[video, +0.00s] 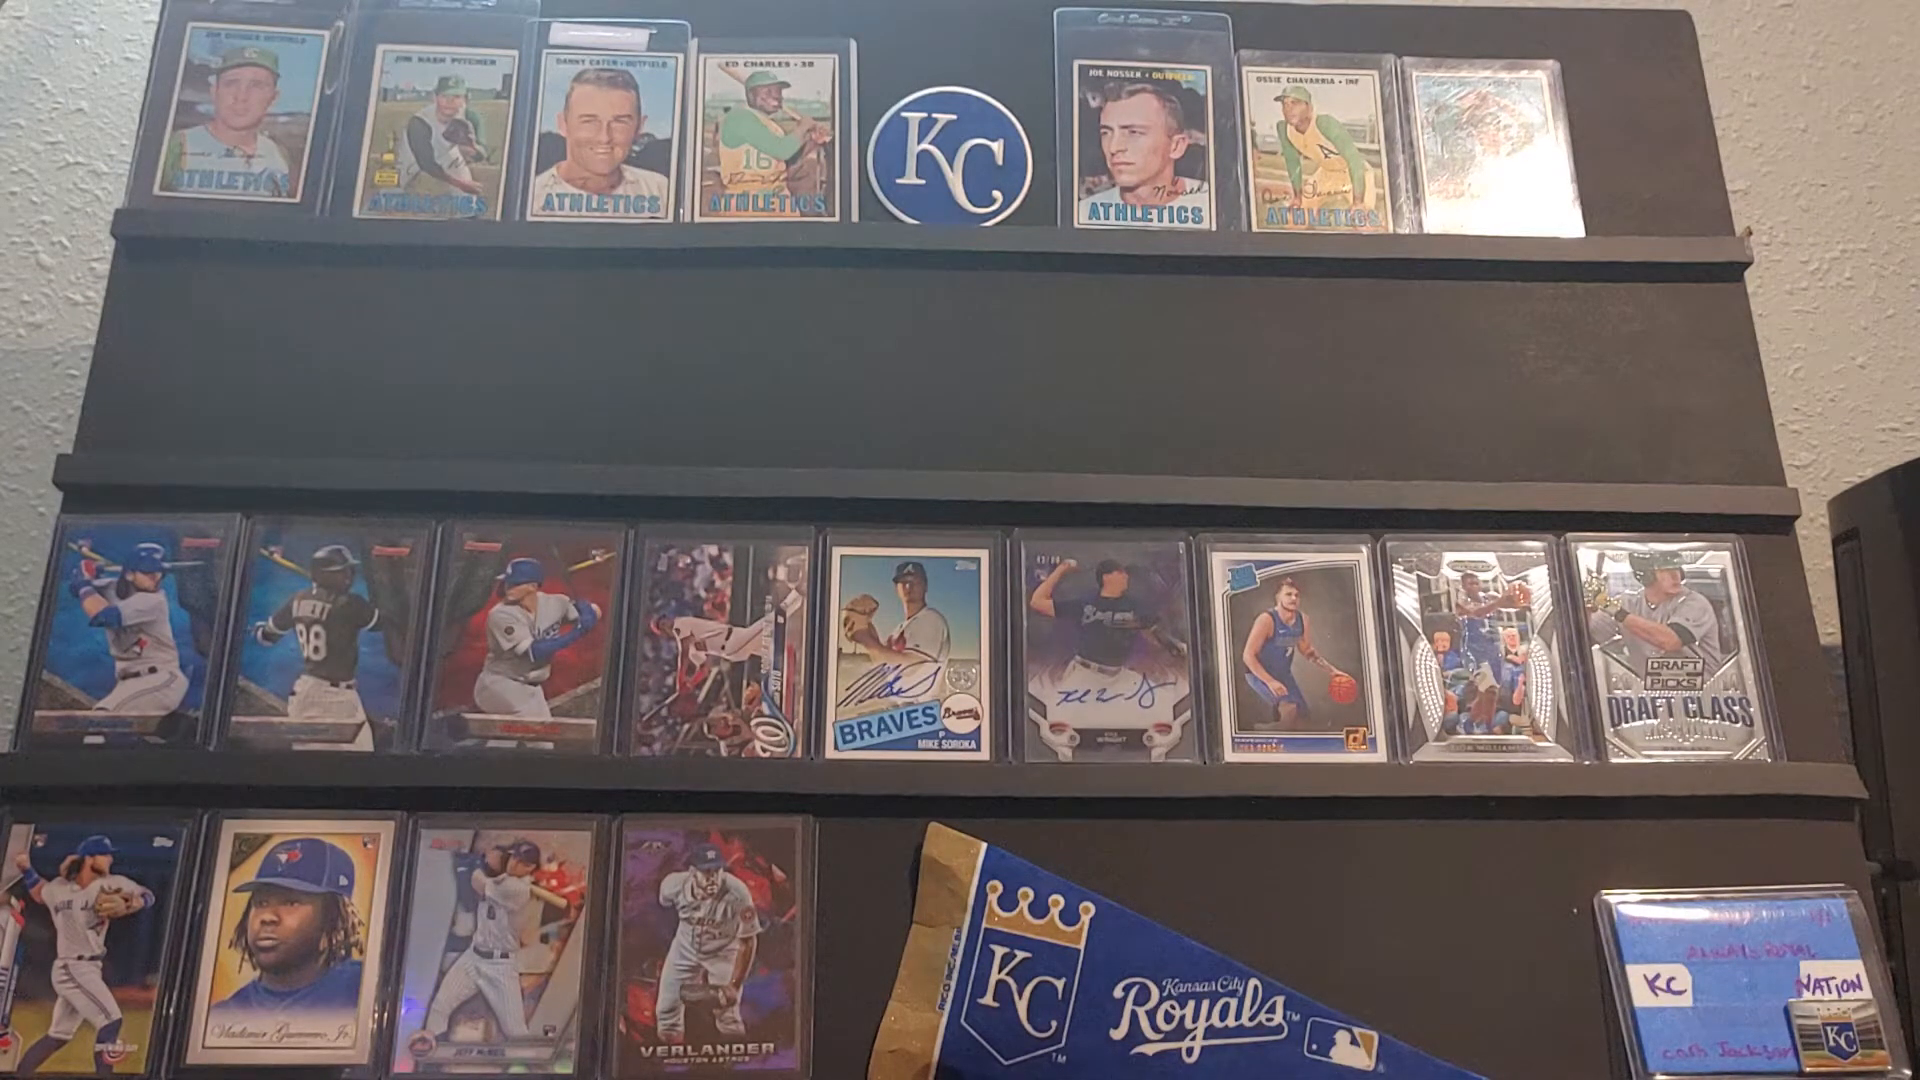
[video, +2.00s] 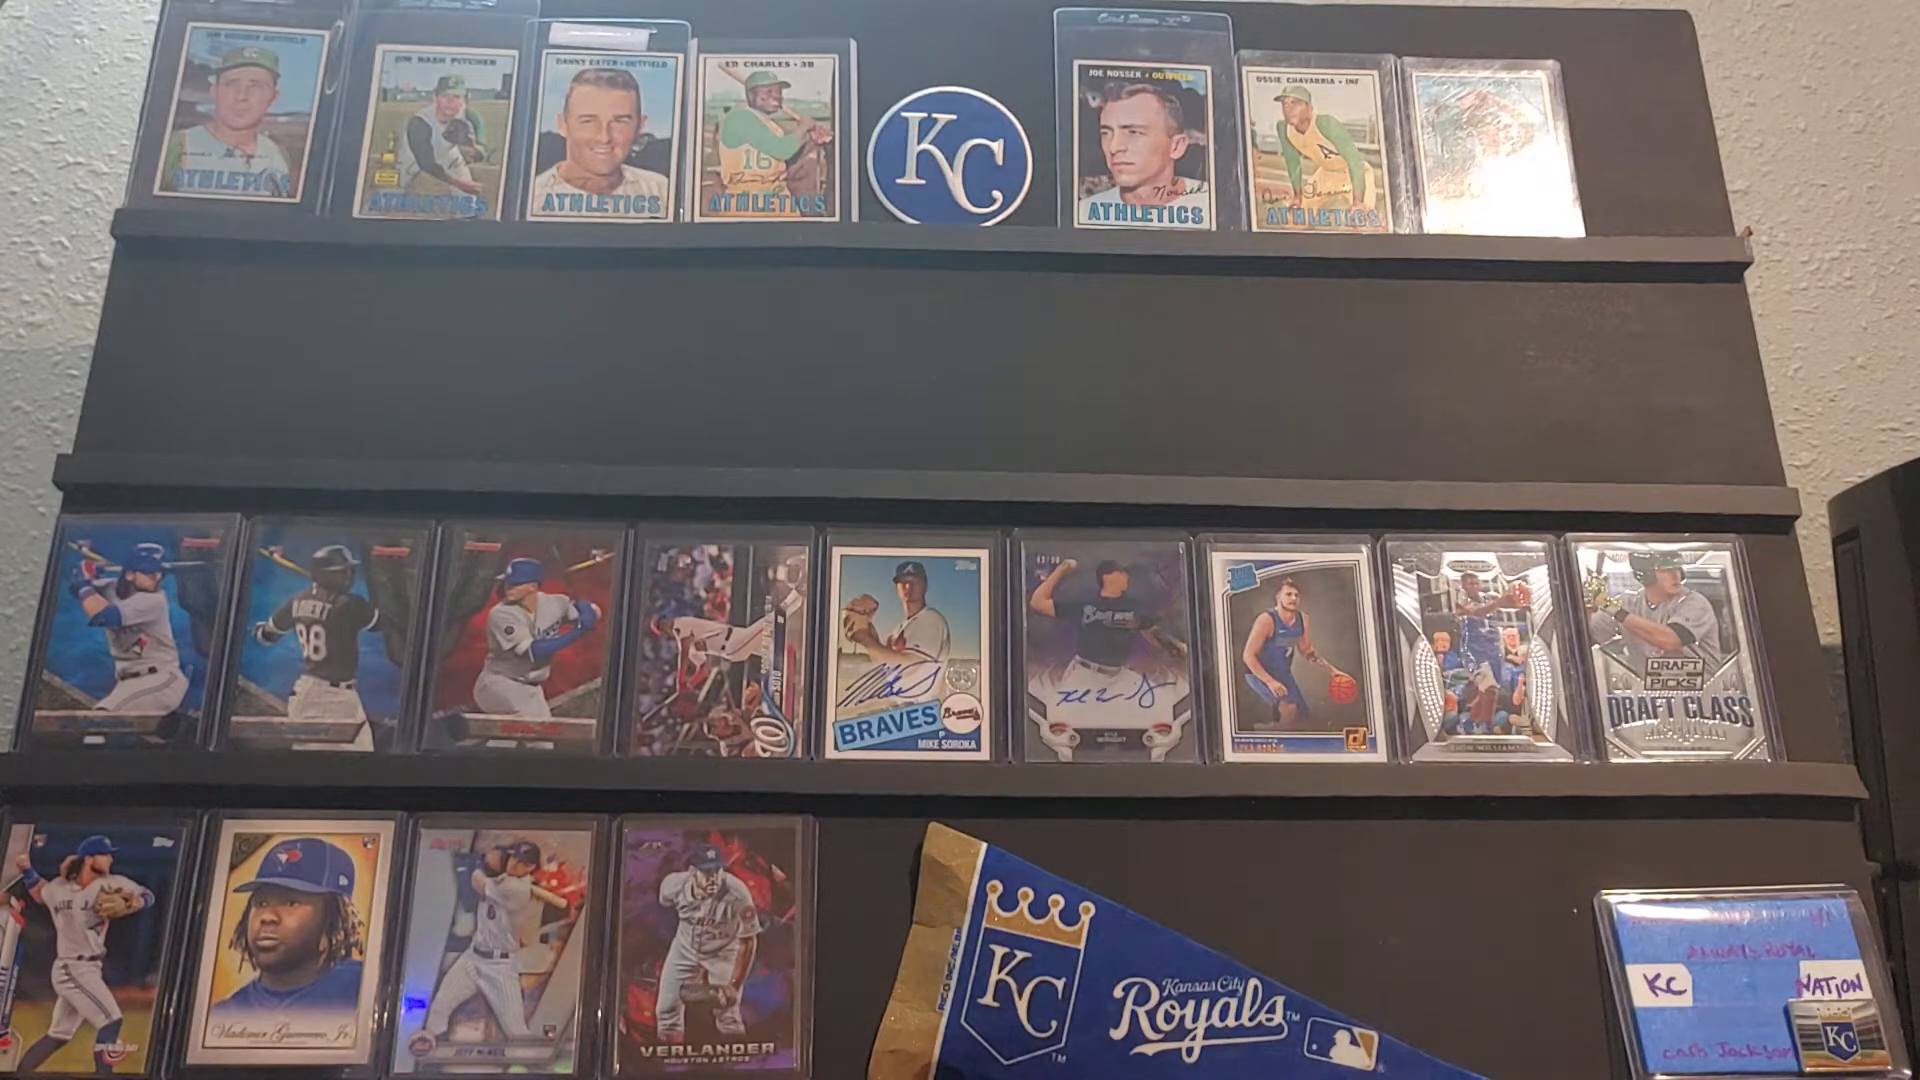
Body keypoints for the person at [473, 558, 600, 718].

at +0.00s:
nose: (507, 588)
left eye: (514, 584)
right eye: (507, 583)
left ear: (532, 586)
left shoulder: (554, 603)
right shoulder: (500, 614)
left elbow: (578, 606)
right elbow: (533, 652)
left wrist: (587, 614)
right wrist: (577, 632)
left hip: (531, 687)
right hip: (497, 684)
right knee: (529, 714)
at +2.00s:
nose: (508, 588)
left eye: (514, 584)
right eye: (507, 583)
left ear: (532, 586)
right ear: (504, 584)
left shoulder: (555, 603)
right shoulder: (500, 614)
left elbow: (579, 607)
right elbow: (532, 651)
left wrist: (587, 614)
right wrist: (576, 633)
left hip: (531, 688)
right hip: (497, 684)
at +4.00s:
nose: (507, 588)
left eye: (514, 584)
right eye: (507, 584)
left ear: (532, 587)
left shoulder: (556, 603)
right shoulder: (500, 614)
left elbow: (580, 607)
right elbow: (531, 651)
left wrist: (587, 614)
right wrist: (575, 634)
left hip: (531, 687)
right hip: (497, 683)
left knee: (545, 732)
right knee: (530, 716)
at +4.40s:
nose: (507, 588)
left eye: (514, 584)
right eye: (507, 584)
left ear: (532, 587)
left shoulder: (556, 603)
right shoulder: (500, 614)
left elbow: (581, 607)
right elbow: (531, 651)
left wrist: (587, 614)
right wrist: (575, 634)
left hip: (531, 687)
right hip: (497, 683)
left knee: (545, 733)